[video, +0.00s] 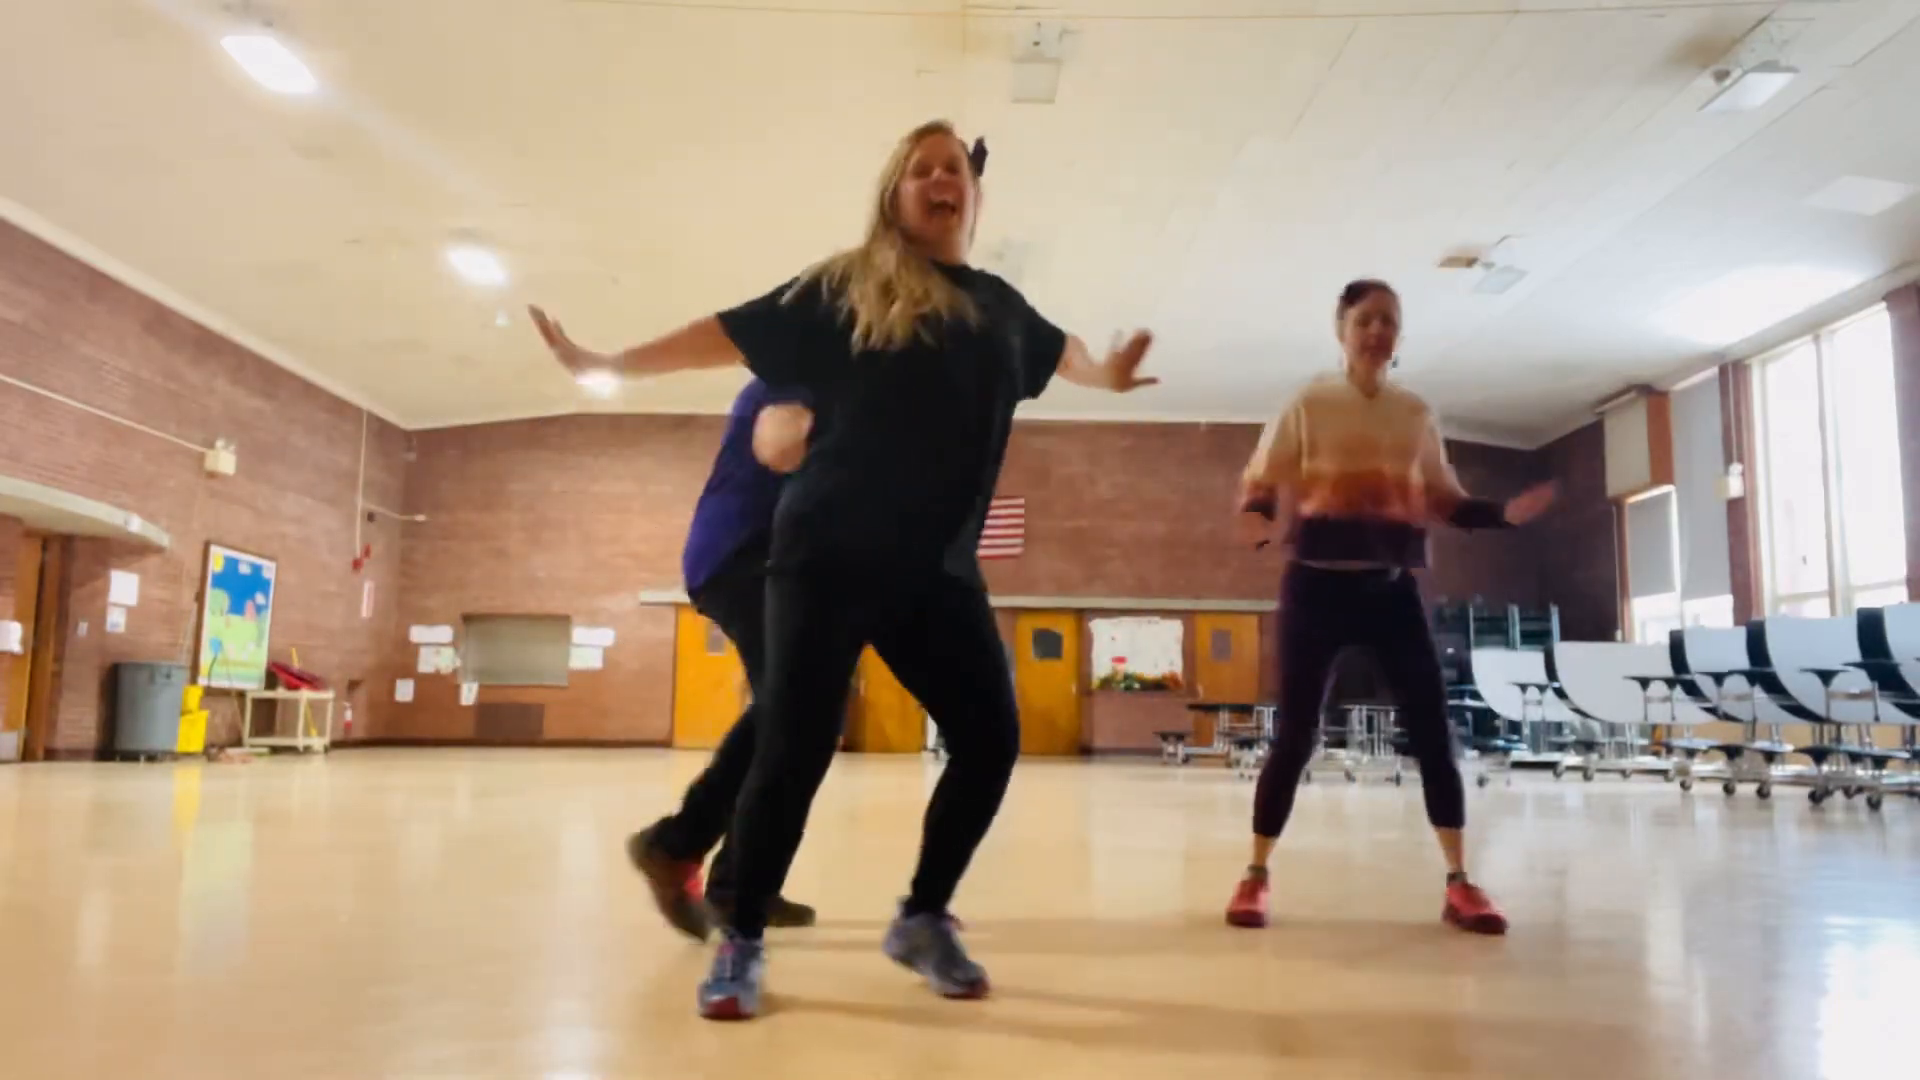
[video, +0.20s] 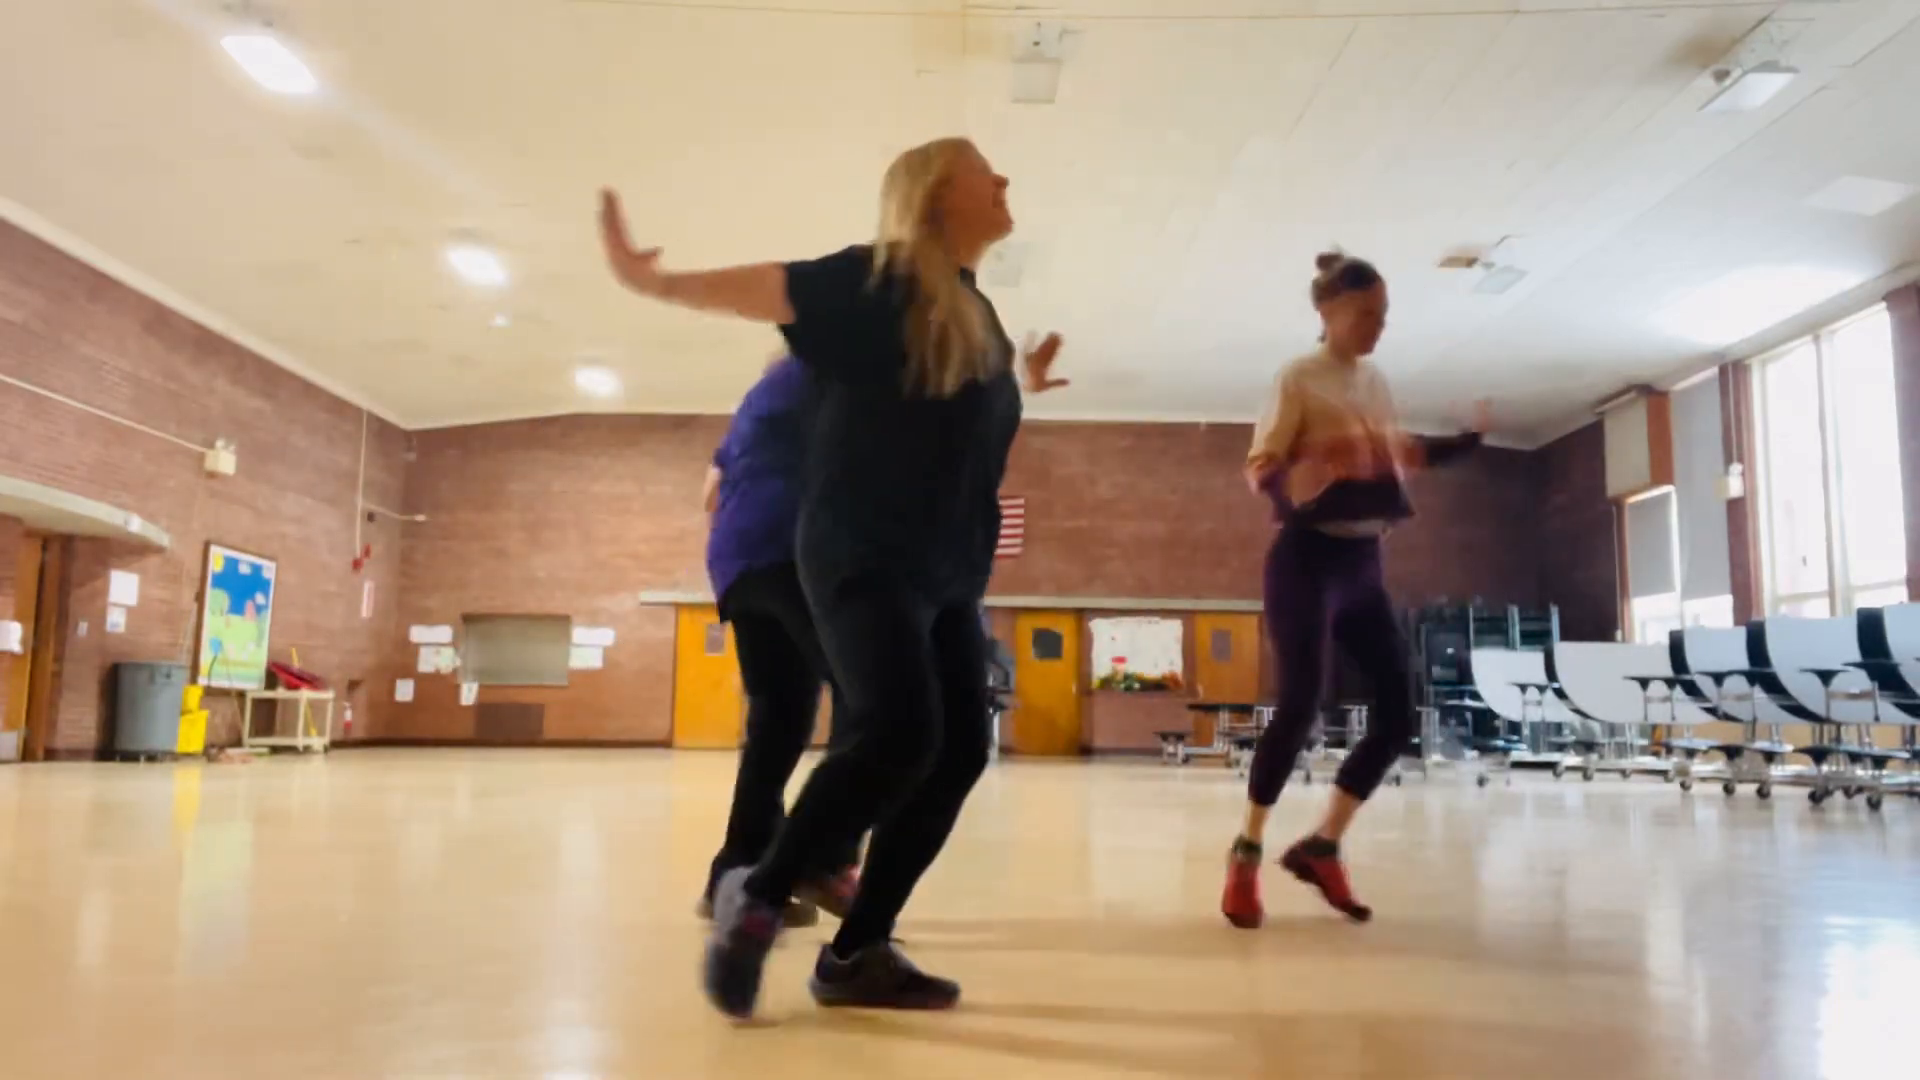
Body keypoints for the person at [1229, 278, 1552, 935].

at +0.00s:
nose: (1379, 332)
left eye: (1388, 322)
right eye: (1367, 321)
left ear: (1399, 334)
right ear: (1340, 329)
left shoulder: (1415, 416)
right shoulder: (1307, 408)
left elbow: (1449, 503)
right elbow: (1257, 486)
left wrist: (1504, 513)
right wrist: (1258, 513)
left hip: (1391, 588)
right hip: (1316, 586)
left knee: (1432, 731)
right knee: (1295, 736)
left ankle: (1459, 883)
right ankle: (1256, 876)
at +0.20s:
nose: (1379, 325)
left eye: (1381, 313)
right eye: (1366, 314)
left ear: (1377, 315)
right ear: (1328, 315)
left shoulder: (1373, 383)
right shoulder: (1298, 381)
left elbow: (1404, 454)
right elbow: (1260, 471)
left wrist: (1465, 439)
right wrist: (1300, 464)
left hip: (1360, 565)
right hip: (1302, 563)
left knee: (1395, 716)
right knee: (1299, 706)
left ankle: (1322, 846)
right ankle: (1248, 847)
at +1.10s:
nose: (1333, 344)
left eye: (1337, 335)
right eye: (1339, 335)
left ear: (1348, 336)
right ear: (1397, 341)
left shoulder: (1322, 405)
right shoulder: (1433, 402)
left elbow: (1281, 485)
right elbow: (1493, 474)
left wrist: (1248, 430)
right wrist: (1532, 503)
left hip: (1359, 579)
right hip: (1437, 573)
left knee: (1365, 737)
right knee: (1477, 700)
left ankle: (1416, 887)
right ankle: (1507, 807)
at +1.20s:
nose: (1335, 322)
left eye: (1340, 312)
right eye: (1340, 312)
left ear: (1356, 316)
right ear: (1392, 322)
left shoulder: (1342, 383)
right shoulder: (1435, 385)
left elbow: (1298, 459)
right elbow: (1483, 461)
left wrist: (1265, 399)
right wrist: (1524, 501)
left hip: (1376, 563)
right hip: (1450, 557)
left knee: (1379, 727)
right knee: (1462, 696)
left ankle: (1419, 884)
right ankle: (1510, 828)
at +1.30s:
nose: (1338, 317)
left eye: (1345, 307)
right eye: (1342, 306)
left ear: (1368, 312)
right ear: (1393, 317)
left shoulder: (1366, 371)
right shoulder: (1438, 378)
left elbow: (1333, 448)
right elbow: (1476, 474)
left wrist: (1286, 403)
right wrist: (1490, 543)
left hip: (1404, 559)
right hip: (1462, 557)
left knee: (1389, 726)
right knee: (1451, 709)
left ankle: (1448, 874)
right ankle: (1503, 868)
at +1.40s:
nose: (1345, 336)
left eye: (1353, 324)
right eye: (1347, 324)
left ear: (1386, 326)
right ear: (1393, 330)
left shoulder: (1403, 385)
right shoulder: (1430, 387)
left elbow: (1373, 459)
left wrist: (1311, 409)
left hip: (1420, 580)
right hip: (1449, 577)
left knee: (1402, 732)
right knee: (1440, 729)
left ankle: (1468, 878)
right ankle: (1501, 871)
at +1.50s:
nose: (1355, 343)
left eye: (1364, 332)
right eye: (1355, 333)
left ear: (1401, 335)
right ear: (1392, 340)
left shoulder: (1425, 387)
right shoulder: (1410, 397)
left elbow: (1410, 459)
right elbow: (1431, 492)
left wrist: (1350, 403)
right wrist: (1382, 550)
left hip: (1438, 591)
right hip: (1418, 590)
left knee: (1404, 741)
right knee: (1366, 716)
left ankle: (1476, 887)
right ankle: (1470, 826)